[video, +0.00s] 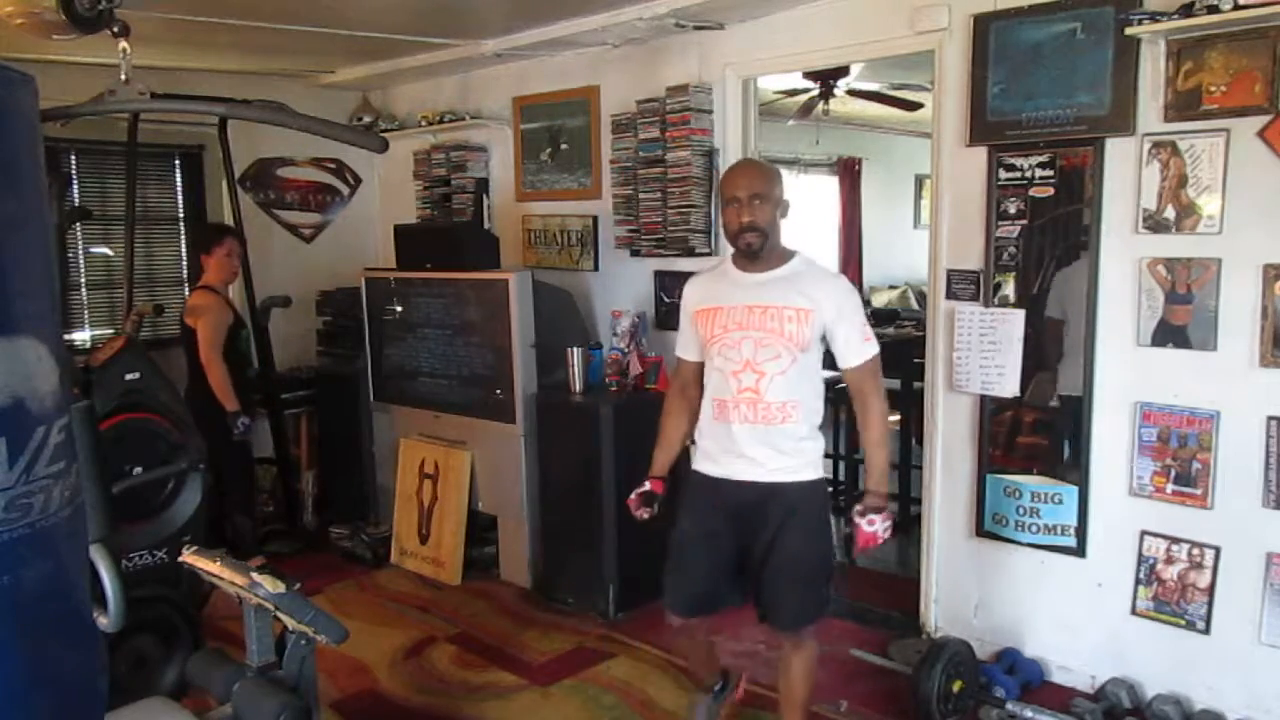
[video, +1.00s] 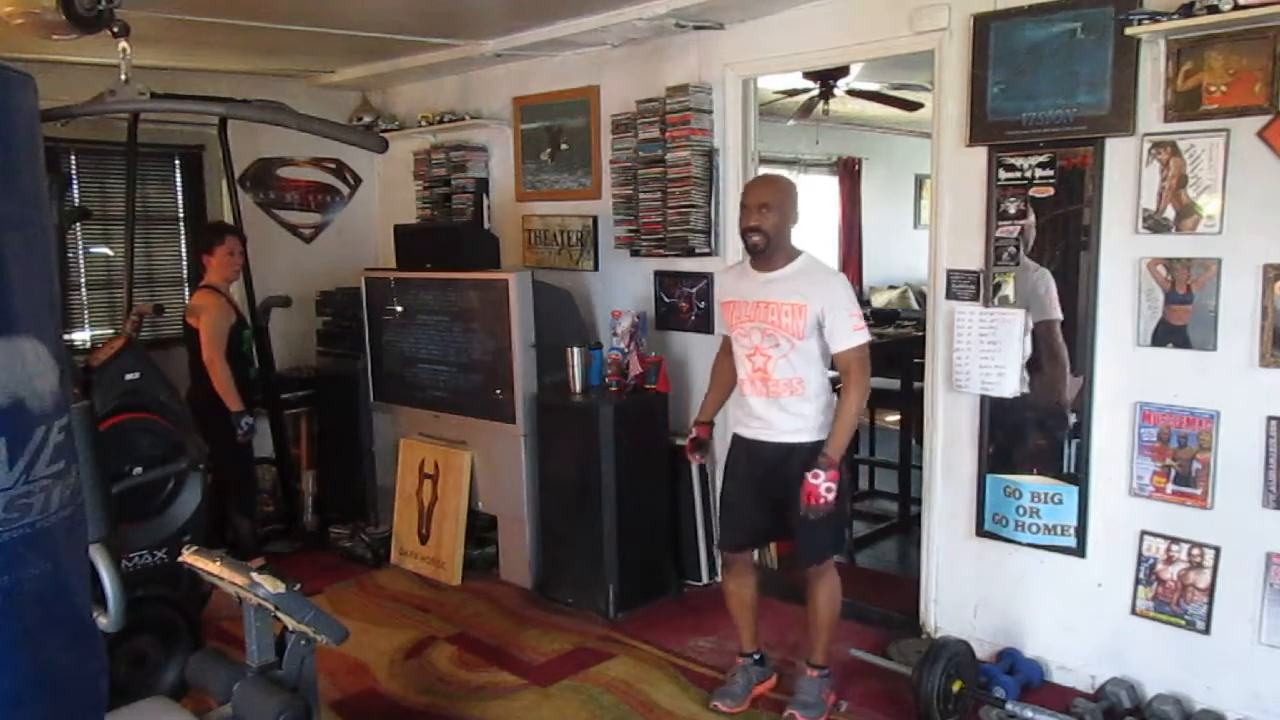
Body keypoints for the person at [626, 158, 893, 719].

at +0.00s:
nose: (744, 215)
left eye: (757, 202)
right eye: (732, 203)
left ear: (781, 209)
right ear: (719, 214)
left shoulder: (827, 290)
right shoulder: (700, 291)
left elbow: (868, 390)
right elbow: (683, 389)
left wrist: (877, 487)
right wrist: (657, 474)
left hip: (793, 487)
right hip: (711, 482)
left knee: (794, 628)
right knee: (682, 614)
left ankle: (793, 716)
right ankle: (715, 685)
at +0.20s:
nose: (752, 218)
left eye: (764, 206)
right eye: (740, 207)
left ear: (783, 214)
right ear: (724, 218)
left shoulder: (823, 293)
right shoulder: (700, 295)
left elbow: (865, 381)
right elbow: (681, 391)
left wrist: (894, 467)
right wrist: (668, 480)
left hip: (794, 479)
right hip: (720, 477)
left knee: (794, 619)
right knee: (719, 588)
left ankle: (794, 715)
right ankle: (741, 652)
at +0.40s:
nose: (733, 234)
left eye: (745, 221)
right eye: (722, 223)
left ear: (766, 224)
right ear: (709, 229)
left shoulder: (808, 293)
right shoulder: (697, 296)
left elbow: (832, 382)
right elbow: (685, 377)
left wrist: (840, 468)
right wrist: (684, 442)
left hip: (787, 470)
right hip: (720, 468)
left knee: (791, 603)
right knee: (727, 580)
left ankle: (796, 711)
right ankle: (753, 663)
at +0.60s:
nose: (714, 228)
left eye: (728, 217)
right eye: (709, 217)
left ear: (760, 220)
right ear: (704, 221)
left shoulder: (802, 283)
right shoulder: (704, 288)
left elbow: (831, 372)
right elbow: (696, 370)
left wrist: (819, 452)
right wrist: (681, 450)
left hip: (786, 453)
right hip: (724, 453)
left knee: (786, 576)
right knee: (740, 567)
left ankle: (801, 687)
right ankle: (753, 666)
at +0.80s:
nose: (727, 220)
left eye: (739, 210)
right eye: (722, 210)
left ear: (770, 215)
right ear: (718, 215)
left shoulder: (808, 278)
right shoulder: (717, 284)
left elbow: (844, 367)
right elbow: (708, 358)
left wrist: (847, 454)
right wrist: (690, 423)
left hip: (796, 448)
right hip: (733, 446)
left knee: (800, 569)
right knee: (743, 561)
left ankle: (813, 672)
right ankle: (755, 665)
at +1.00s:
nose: (751, 219)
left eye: (764, 210)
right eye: (745, 210)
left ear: (791, 219)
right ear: (739, 217)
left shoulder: (826, 284)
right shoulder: (730, 279)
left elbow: (857, 378)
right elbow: (730, 351)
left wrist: (830, 458)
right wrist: (704, 417)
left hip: (809, 448)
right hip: (745, 444)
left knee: (817, 564)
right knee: (735, 554)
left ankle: (815, 674)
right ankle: (750, 662)